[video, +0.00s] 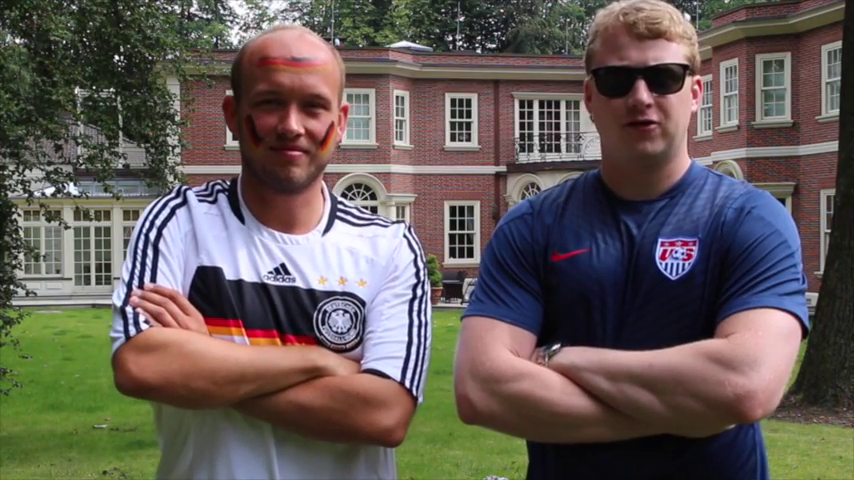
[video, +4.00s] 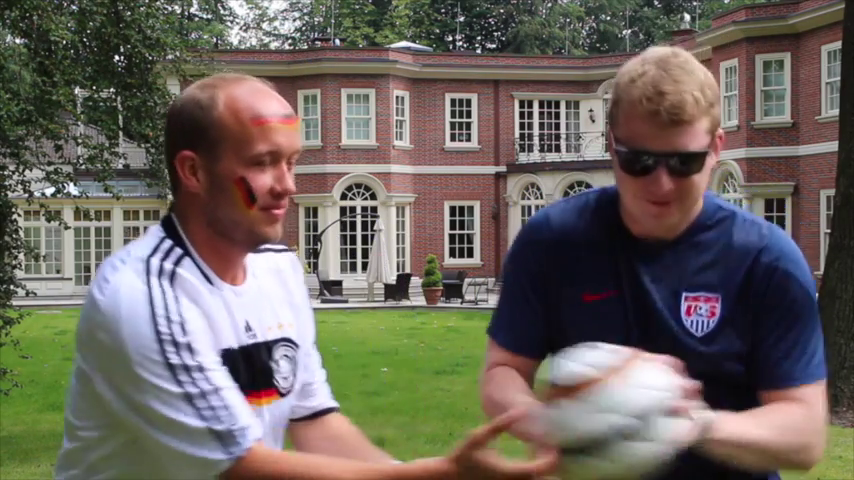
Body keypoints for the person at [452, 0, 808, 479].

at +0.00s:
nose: (640, 97)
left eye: (662, 78)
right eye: (616, 80)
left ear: (695, 93)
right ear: (589, 97)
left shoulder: (751, 219)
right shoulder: (530, 227)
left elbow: (747, 388)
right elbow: (481, 391)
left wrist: (558, 360)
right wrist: (672, 410)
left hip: (714, 473)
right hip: (565, 473)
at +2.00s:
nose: (650, 98)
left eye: (672, 79)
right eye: (626, 80)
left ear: (704, 92)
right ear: (597, 97)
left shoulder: (760, 221)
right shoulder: (538, 227)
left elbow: (758, 388)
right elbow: (490, 391)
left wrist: (568, 361)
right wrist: (684, 412)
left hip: (722, 473)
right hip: (573, 473)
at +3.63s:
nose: (711, 102)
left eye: (720, 84)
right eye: (684, 82)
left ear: (728, 92)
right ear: (618, 93)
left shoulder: (753, 211)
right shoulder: (542, 213)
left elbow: (789, 374)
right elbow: (497, 387)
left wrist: (592, 346)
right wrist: (653, 457)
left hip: (724, 472)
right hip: (578, 469)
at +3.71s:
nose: (700, 115)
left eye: (713, 95)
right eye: (674, 95)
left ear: (723, 97)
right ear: (611, 100)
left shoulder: (760, 214)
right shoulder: (542, 213)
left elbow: (847, 368)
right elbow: (498, 380)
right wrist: (590, 454)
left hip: (730, 469)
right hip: (593, 473)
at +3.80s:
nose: (679, 132)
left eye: (695, 108)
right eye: (653, 113)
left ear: (710, 105)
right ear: (601, 113)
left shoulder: (763, 214)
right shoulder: (542, 211)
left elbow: (823, 342)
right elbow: (492, 378)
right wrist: (600, 415)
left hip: (729, 470)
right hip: (592, 474)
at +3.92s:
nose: (655, 156)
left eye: (677, 133)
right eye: (632, 133)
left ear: (708, 122)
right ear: (601, 123)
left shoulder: (762, 236)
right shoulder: (544, 224)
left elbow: (811, 383)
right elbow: (495, 381)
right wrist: (582, 438)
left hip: (718, 466)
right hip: (591, 471)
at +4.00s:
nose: (661, 183)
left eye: (684, 161)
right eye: (638, 160)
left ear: (716, 148)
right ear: (611, 145)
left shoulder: (768, 259)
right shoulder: (552, 238)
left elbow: (804, 433)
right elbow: (503, 371)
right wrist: (546, 425)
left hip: (720, 466)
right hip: (587, 465)